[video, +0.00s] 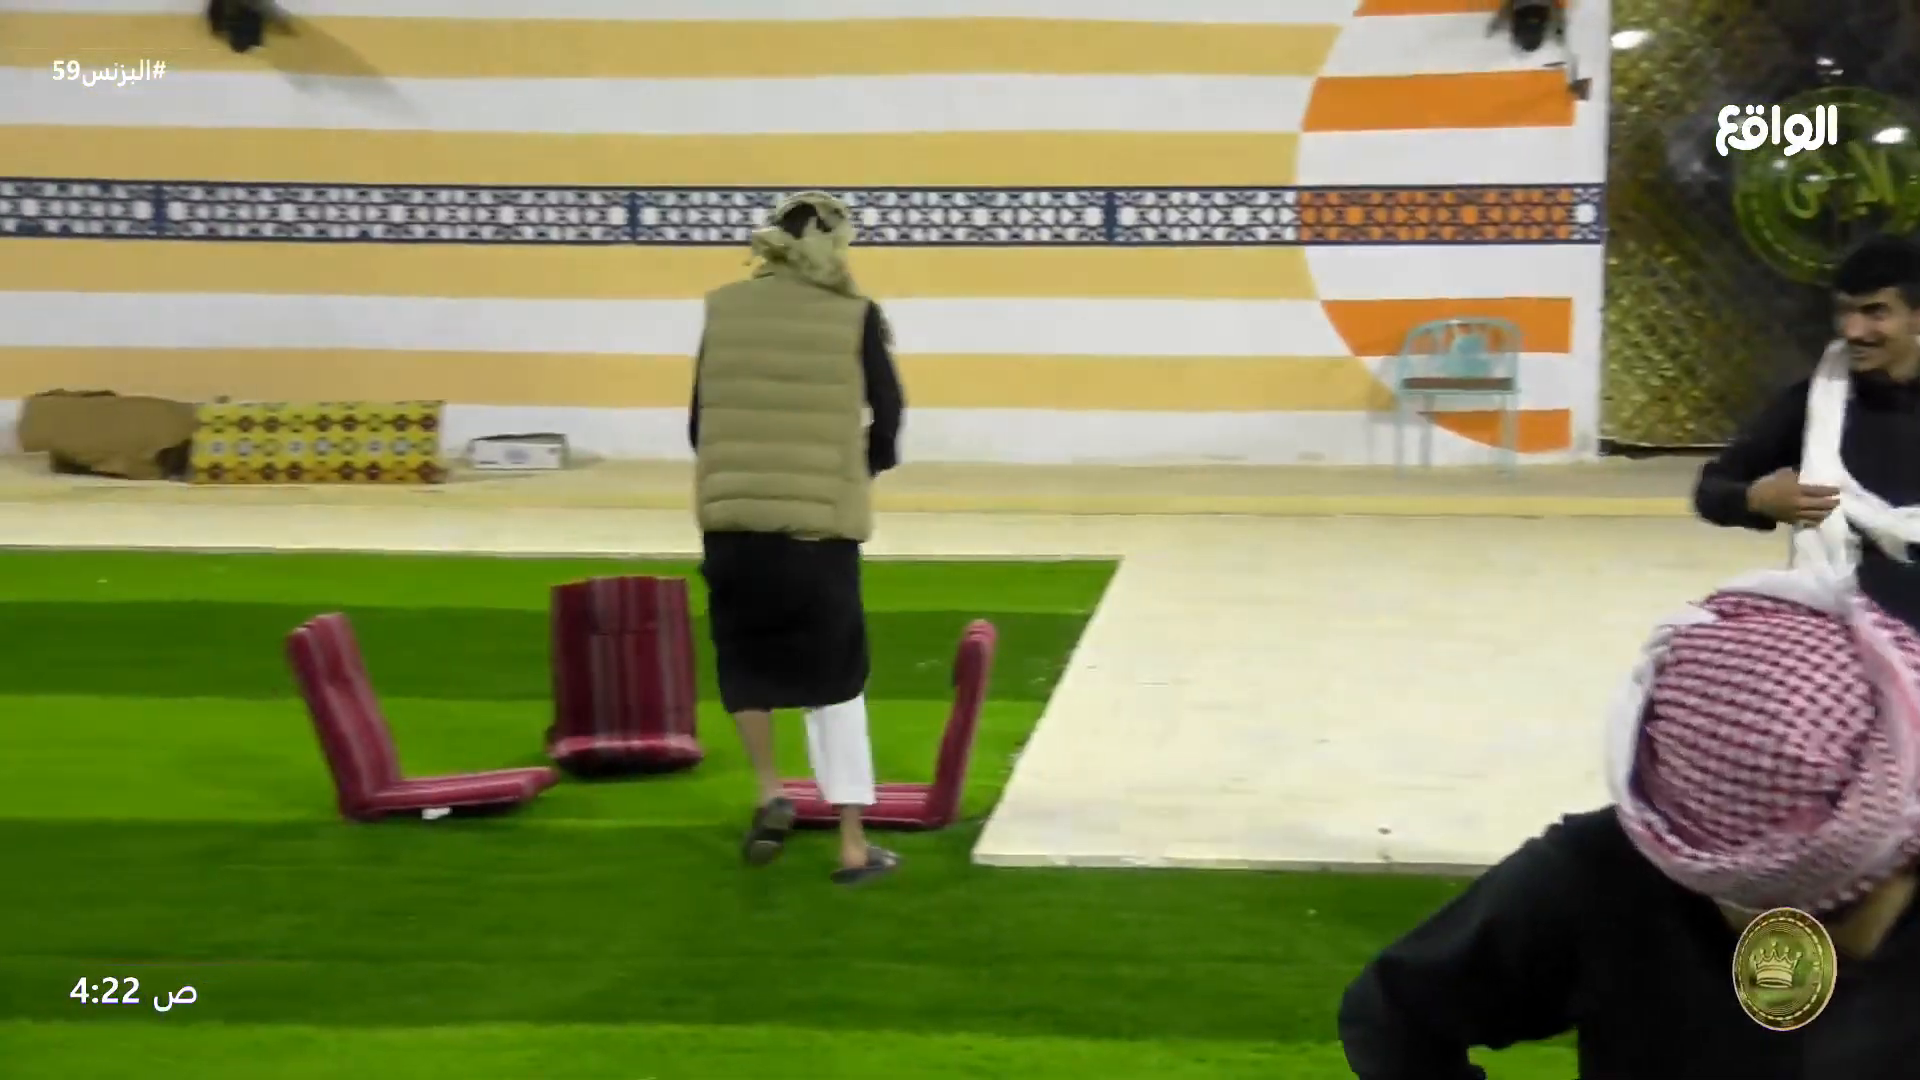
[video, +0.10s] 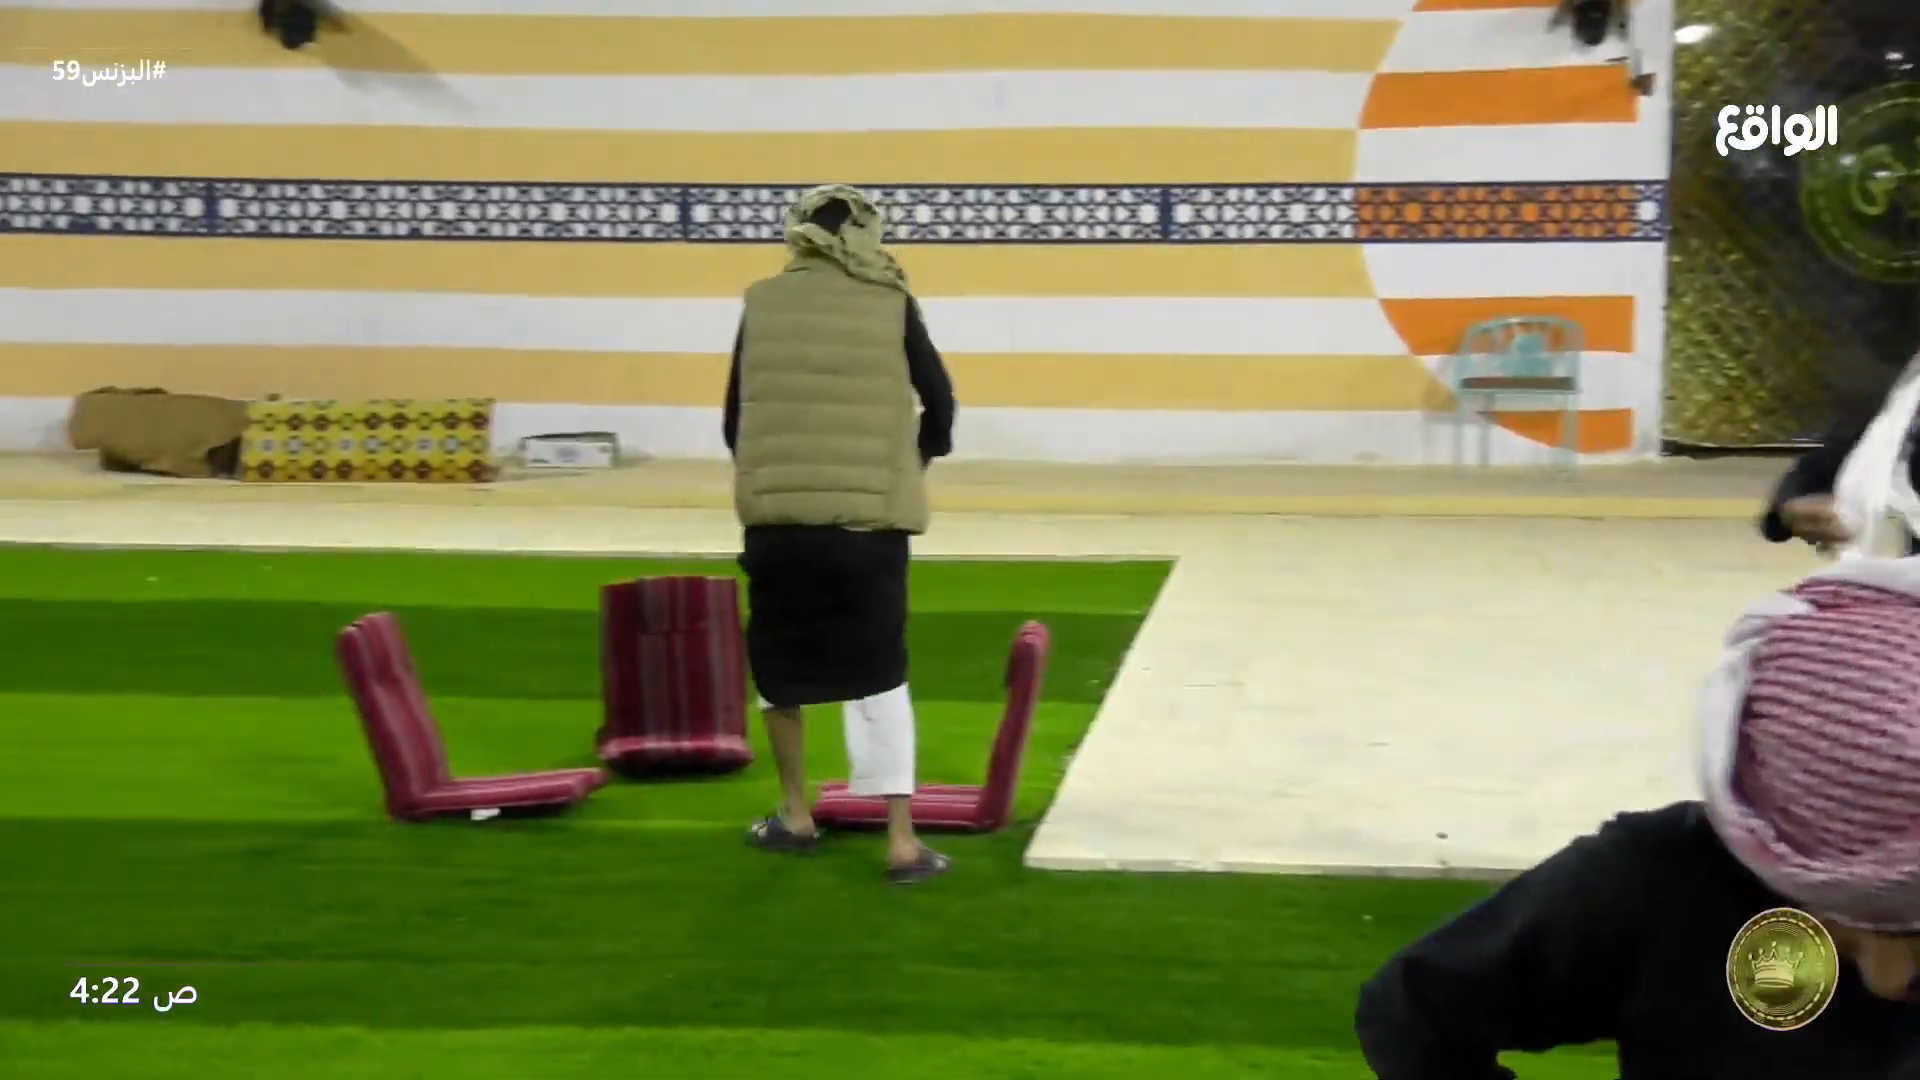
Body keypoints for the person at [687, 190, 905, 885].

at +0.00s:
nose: (843, 252)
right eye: (843, 242)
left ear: (772, 240)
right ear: (837, 248)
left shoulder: (726, 308)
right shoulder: (855, 316)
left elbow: (700, 420)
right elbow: (888, 422)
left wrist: (736, 467)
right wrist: (855, 465)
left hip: (731, 529)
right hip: (822, 531)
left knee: (741, 658)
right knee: (838, 681)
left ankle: (770, 792)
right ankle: (853, 847)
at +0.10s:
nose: (877, 244)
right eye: (873, 233)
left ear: (800, 237)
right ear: (868, 238)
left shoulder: (763, 301)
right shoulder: (892, 303)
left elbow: (735, 417)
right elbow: (941, 406)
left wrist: (767, 471)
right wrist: (910, 457)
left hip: (777, 523)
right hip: (871, 524)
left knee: (778, 661)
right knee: (884, 674)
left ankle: (795, 815)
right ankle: (902, 842)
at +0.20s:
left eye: (800, 239)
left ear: (806, 245)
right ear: (874, 241)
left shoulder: (774, 308)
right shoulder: (902, 307)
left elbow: (754, 428)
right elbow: (953, 402)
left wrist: (791, 476)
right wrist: (919, 457)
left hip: (799, 530)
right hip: (891, 530)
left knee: (796, 671)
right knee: (906, 677)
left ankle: (805, 814)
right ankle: (930, 836)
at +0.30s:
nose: (799, 243)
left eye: (804, 233)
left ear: (810, 238)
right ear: (878, 236)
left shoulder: (784, 309)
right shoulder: (907, 299)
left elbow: (772, 427)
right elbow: (951, 387)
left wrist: (812, 460)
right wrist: (931, 437)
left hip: (812, 527)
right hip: (904, 521)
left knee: (812, 671)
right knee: (910, 652)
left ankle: (835, 817)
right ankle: (948, 768)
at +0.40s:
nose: (810, 233)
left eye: (813, 223)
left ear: (823, 228)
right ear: (890, 222)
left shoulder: (796, 297)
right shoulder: (920, 284)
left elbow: (783, 417)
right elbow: (962, 379)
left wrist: (811, 472)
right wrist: (946, 419)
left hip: (833, 511)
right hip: (917, 501)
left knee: (837, 661)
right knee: (919, 621)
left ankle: (856, 822)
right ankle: (950, 734)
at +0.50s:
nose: (843, 224)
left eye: (846, 213)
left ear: (854, 219)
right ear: (920, 209)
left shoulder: (828, 287)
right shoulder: (954, 270)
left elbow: (815, 410)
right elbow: (1001, 358)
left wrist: (831, 458)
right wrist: (980, 411)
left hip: (877, 511)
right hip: (960, 505)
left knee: (885, 671)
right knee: (947, 602)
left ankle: (899, 826)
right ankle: (968, 742)